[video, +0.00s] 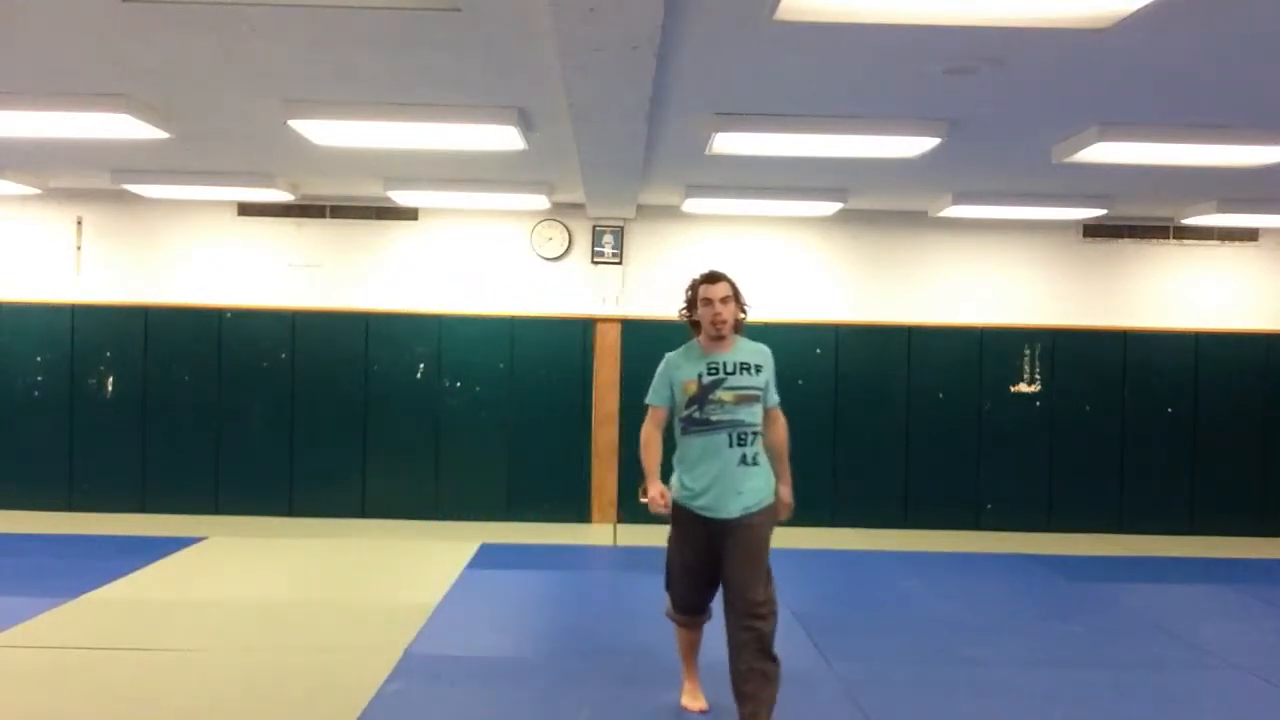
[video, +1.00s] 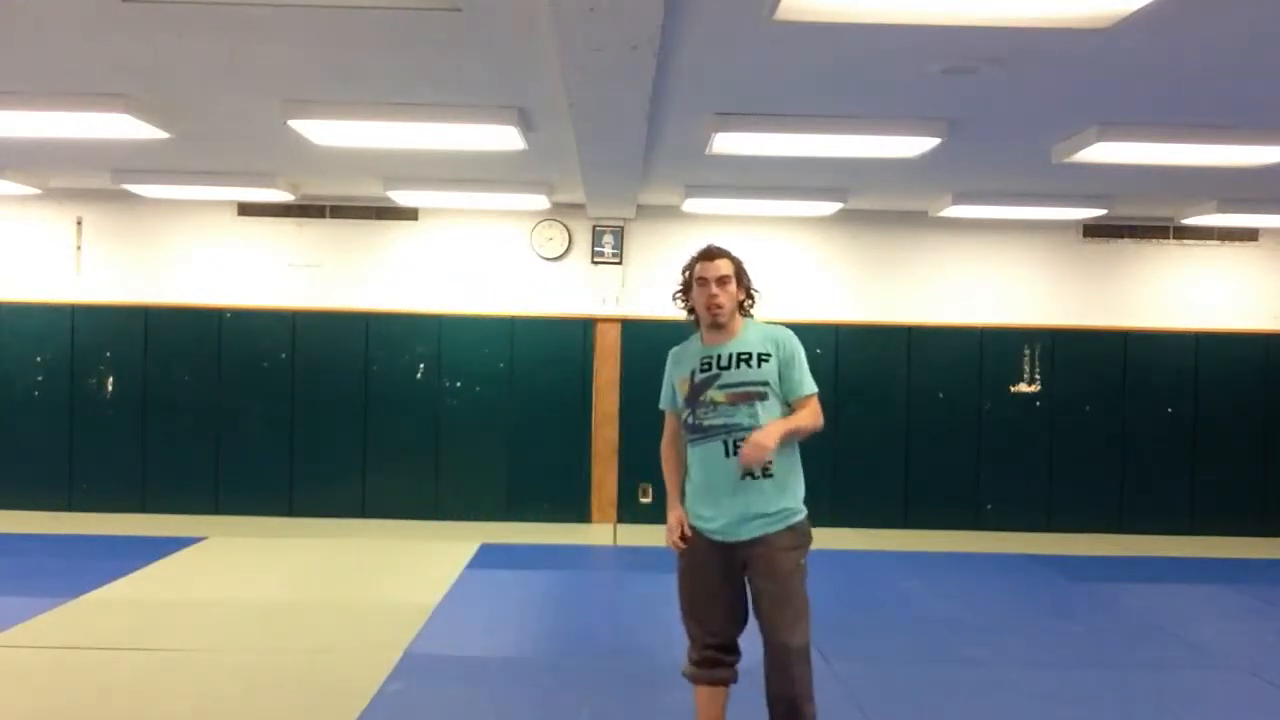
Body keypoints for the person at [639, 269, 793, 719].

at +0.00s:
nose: (717, 310)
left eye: (725, 301)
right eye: (707, 303)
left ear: (738, 307)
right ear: (695, 310)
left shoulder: (760, 356)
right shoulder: (675, 363)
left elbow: (773, 420)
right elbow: (652, 425)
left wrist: (783, 480)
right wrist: (653, 478)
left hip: (752, 503)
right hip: (693, 504)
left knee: (752, 613)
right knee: (688, 602)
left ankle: (756, 710)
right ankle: (690, 678)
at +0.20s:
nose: (737, 304)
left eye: (745, 295)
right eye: (728, 296)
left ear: (759, 302)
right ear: (714, 305)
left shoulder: (785, 357)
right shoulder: (694, 361)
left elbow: (805, 426)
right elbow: (674, 427)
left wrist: (821, 491)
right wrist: (670, 489)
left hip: (772, 509)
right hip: (709, 508)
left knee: (763, 629)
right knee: (699, 612)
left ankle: (757, 713)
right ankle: (695, 668)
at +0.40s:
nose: (741, 302)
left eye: (750, 292)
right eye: (731, 294)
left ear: (765, 299)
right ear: (718, 303)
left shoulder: (796, 353)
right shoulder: (702, 360)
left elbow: (823, 414)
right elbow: (687, 429)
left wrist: (828, 456)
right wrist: (681, 482)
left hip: (776, 515)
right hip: (711, 511)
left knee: (769, 627)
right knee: (706, 617)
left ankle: (758, 714)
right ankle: (706, 714)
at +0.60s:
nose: (729, 305)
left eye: (737, 294)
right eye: (718, 297)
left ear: (754, 301)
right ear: (706, 308)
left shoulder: (788, 355)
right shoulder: (694, 367)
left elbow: (818, 424)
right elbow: (685, 437)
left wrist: (797, 443)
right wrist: (681, 497)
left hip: (777, 526)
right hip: (710, 525)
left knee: (769, 651)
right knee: (713, 645)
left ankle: (759, 716)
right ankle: (711, 718)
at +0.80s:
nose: (712, 299)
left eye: (721, 287)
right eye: (701, 290)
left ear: (739, 294)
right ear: (689, 302)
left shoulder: (776, 346)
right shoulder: (677, 363)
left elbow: (804, 417)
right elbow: (670, 437)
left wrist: (773, 442)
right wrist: (672, 501)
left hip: (779, 526)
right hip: (706, 529)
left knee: (792, 639)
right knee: (710, 652)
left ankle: (771, 715)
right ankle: (709, 718)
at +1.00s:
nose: (713, 292)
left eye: (723, 281)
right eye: (702, 284)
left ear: (741, 290)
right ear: (690, 296)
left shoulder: (779, 341)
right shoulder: (680, 357)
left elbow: (811, 414)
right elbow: (672, 435)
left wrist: (774, 431)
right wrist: (674, 502)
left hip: (775, 523)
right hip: (703, 527)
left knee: (789, 648)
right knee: (709, 655)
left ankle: (794, 718)